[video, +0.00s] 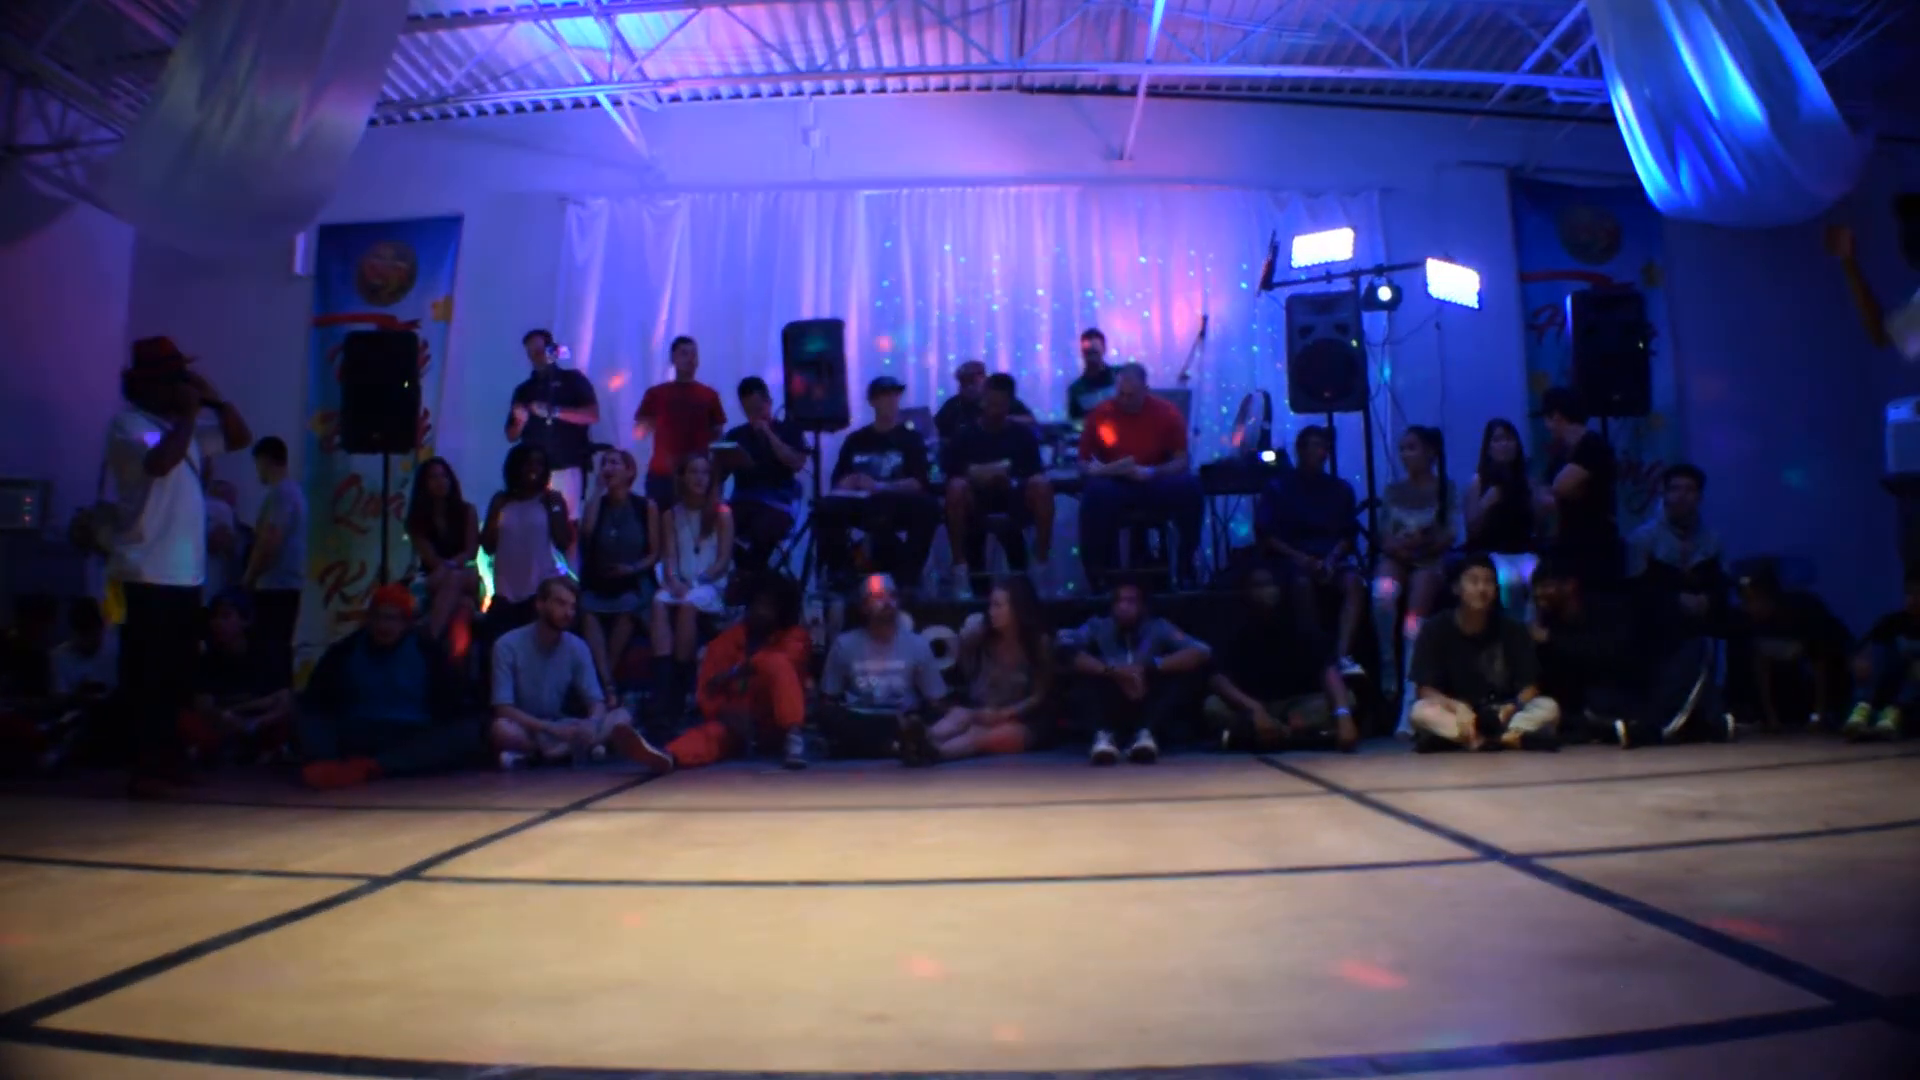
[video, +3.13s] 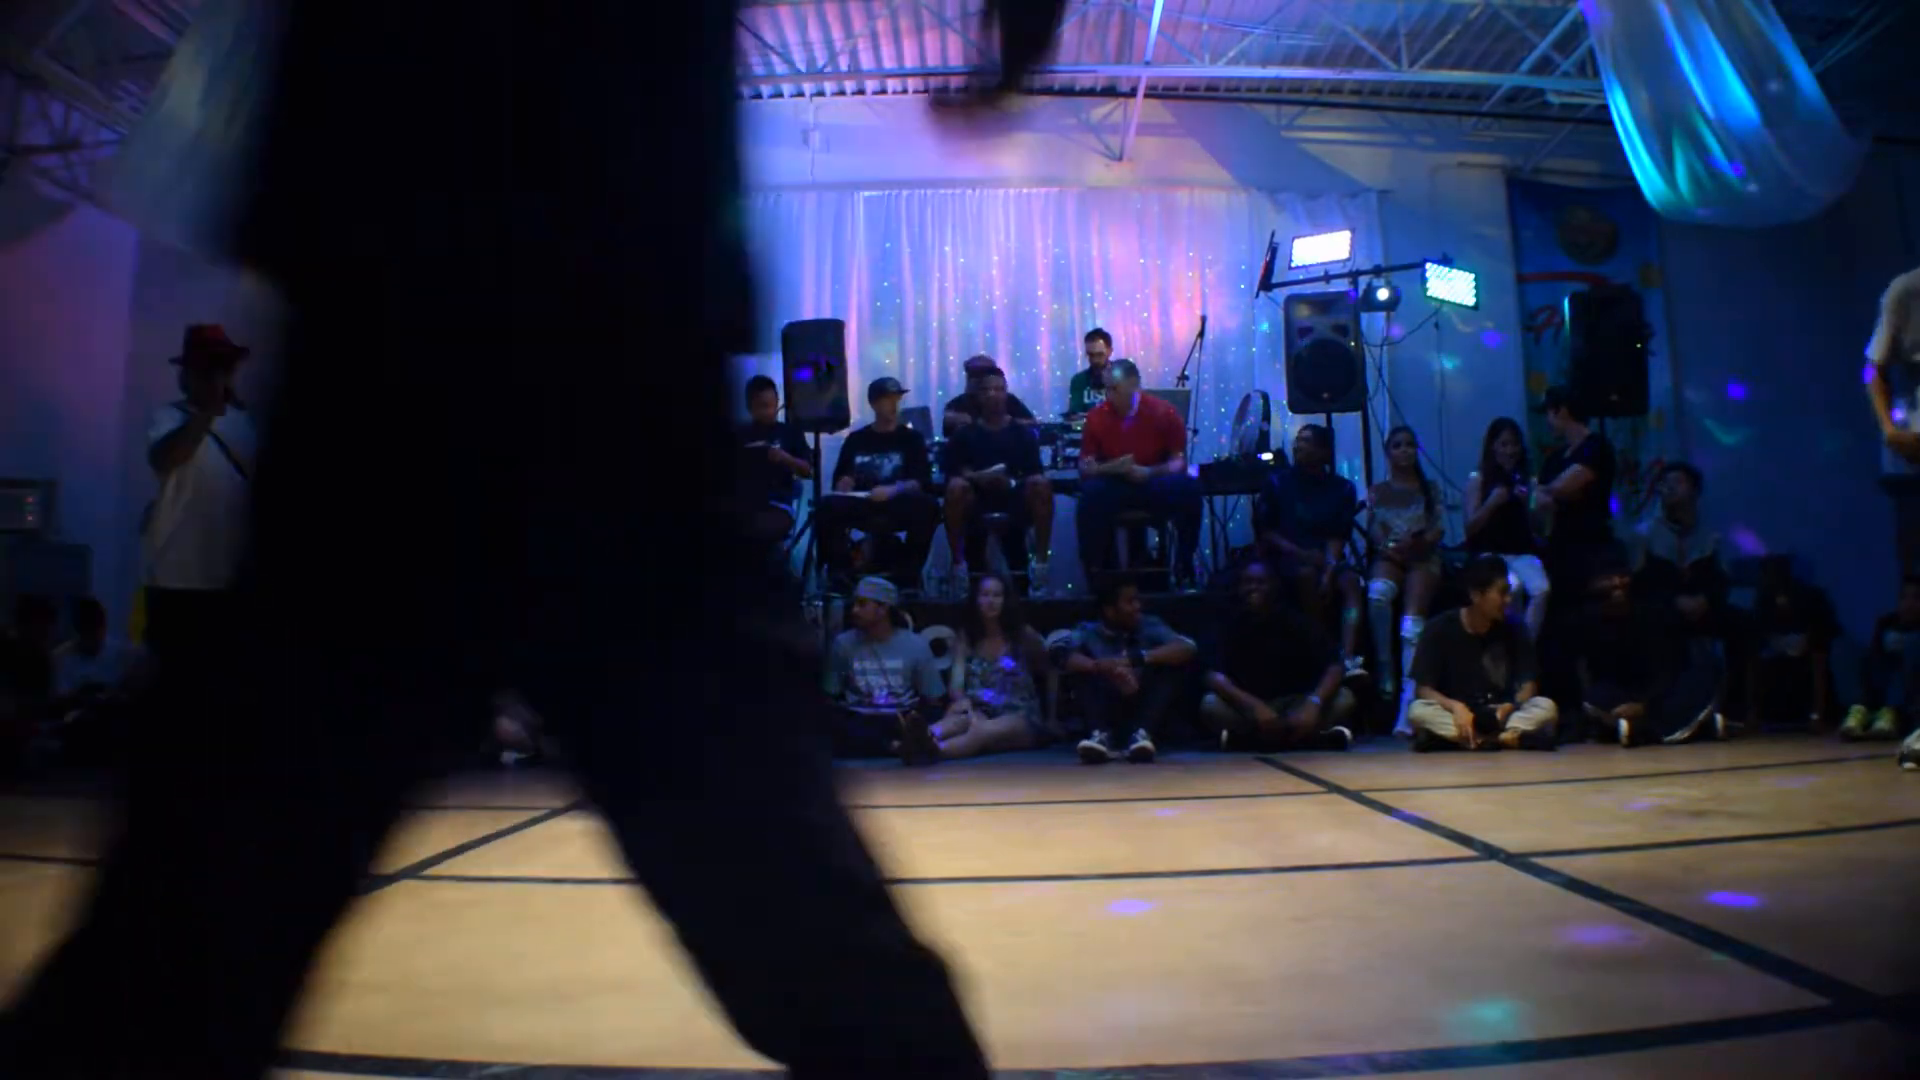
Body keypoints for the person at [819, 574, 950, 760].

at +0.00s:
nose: (886, 603)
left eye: (891, 596)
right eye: (878, 598)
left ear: (897, 601)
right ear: (864, 605)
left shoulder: (916, 645)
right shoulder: (845, 645)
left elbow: (937, 702)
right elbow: (829, 701)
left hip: (908, 721)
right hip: (862, 722)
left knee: (964, 714)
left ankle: (925, 747)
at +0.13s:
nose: (887, 603)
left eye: (892, 597)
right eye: (879, 597)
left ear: (898, 602)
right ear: (865, 606)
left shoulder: (916, 645)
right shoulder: (845, 645)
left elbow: (937, 702)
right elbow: (828, 698)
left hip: (906, 716)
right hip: (860, 717)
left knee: (964, 713)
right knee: (829, 716)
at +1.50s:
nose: (863, 606)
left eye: (870, 599)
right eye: (862, 599)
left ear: (891, 605)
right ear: (858, 602)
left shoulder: (916, 645)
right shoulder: (845, 644)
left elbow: (934, 699)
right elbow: (830, 692)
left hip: (903, 715)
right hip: (859, 716)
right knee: (828, 717)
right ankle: (893, 746)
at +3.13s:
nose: (855, 611)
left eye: (862, 604)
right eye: (855, 604)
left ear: (882, 609)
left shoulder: (914, 645)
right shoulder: (844, 644)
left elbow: (934, 699)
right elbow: (831, 696)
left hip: (904, 717)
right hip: (860, 717)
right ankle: (893, 746)